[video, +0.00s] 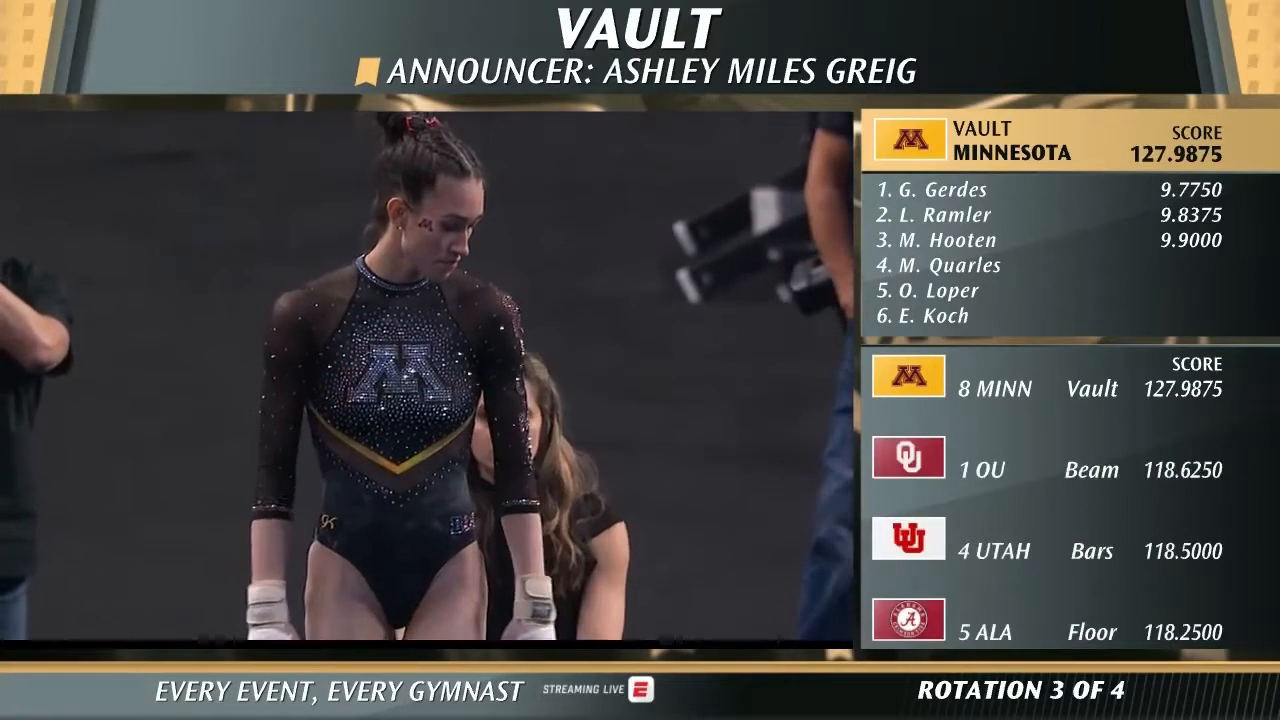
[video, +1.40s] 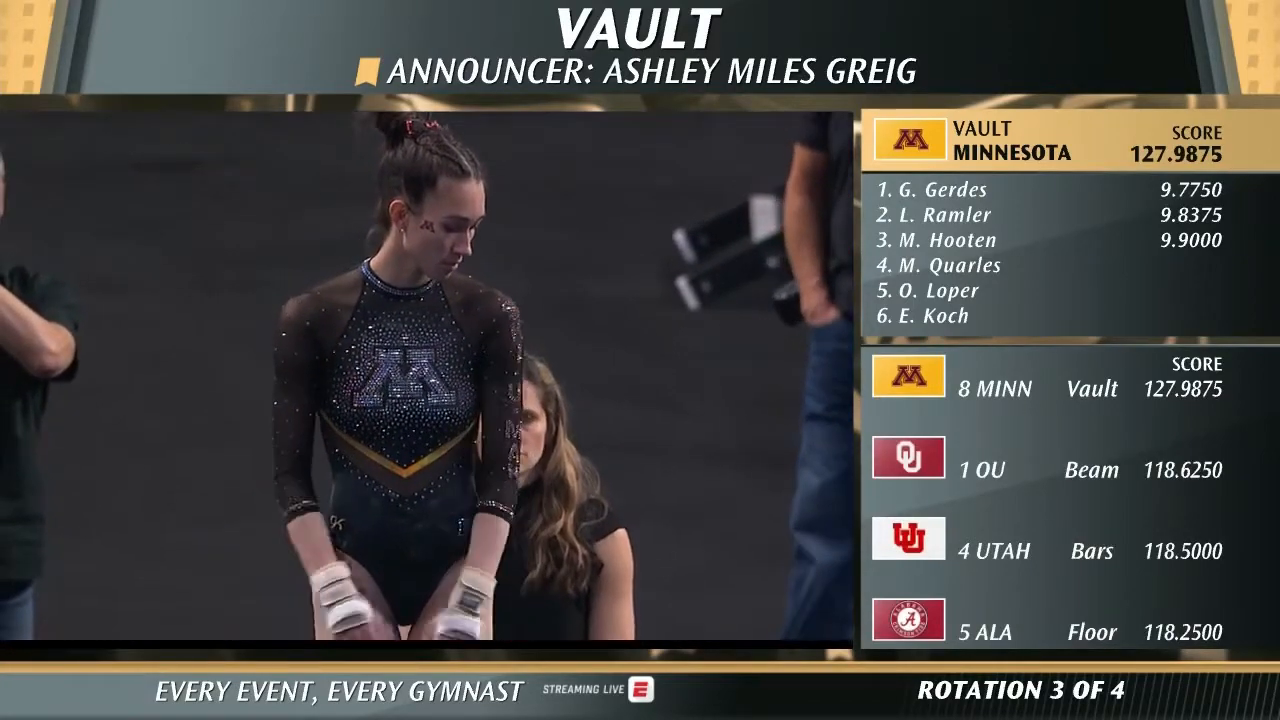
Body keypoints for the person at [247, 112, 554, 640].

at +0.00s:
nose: (463, 244)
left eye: (471, 227)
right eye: (449, 226)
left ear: (478, 217)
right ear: (397, 213)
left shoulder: (483, 313)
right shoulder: (304, 315)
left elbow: (514, 465)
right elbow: (274, 470)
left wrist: (534, 606)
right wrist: (265, 613)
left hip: (452, 563)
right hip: (344, 562)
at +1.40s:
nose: (467, 245)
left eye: (474, 227)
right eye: (453, 226)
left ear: (481, 216)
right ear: (400, 214)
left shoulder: (489, 316)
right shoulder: (311, 318)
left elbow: (500, 468)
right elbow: (290, 473)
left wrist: (473, 597)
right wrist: (331, 590)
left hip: (458, 566)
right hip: (355, 566)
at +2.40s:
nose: (464, 259)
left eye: (472, 241)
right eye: (449, 241)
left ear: (479, 231)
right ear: (397, 227)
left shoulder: (491, 327)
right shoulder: (310, 331)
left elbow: (517, 472)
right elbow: (285, 476)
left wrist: (525, 609)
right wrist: (271, 614)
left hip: (459, 576)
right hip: (351, 573)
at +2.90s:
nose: (463, 256)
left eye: (471, 238)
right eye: (447, 239)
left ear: (478, 225)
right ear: (396, 225)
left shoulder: (493, 319)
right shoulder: (310, 324)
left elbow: (519, 470)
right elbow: (283, 476)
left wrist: (525, 613)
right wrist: (268, 619)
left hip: (461, 572)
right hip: (354, 571)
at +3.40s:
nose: (459, 253)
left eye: (466, 235)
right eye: (443, 237)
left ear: (473, 223)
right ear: (391, 225)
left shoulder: (485, 324)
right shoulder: (305, 328)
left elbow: (511, 473)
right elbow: (280, 479)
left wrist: (528, 609)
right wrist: (263, 616)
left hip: (456, 575)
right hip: (348, 573)